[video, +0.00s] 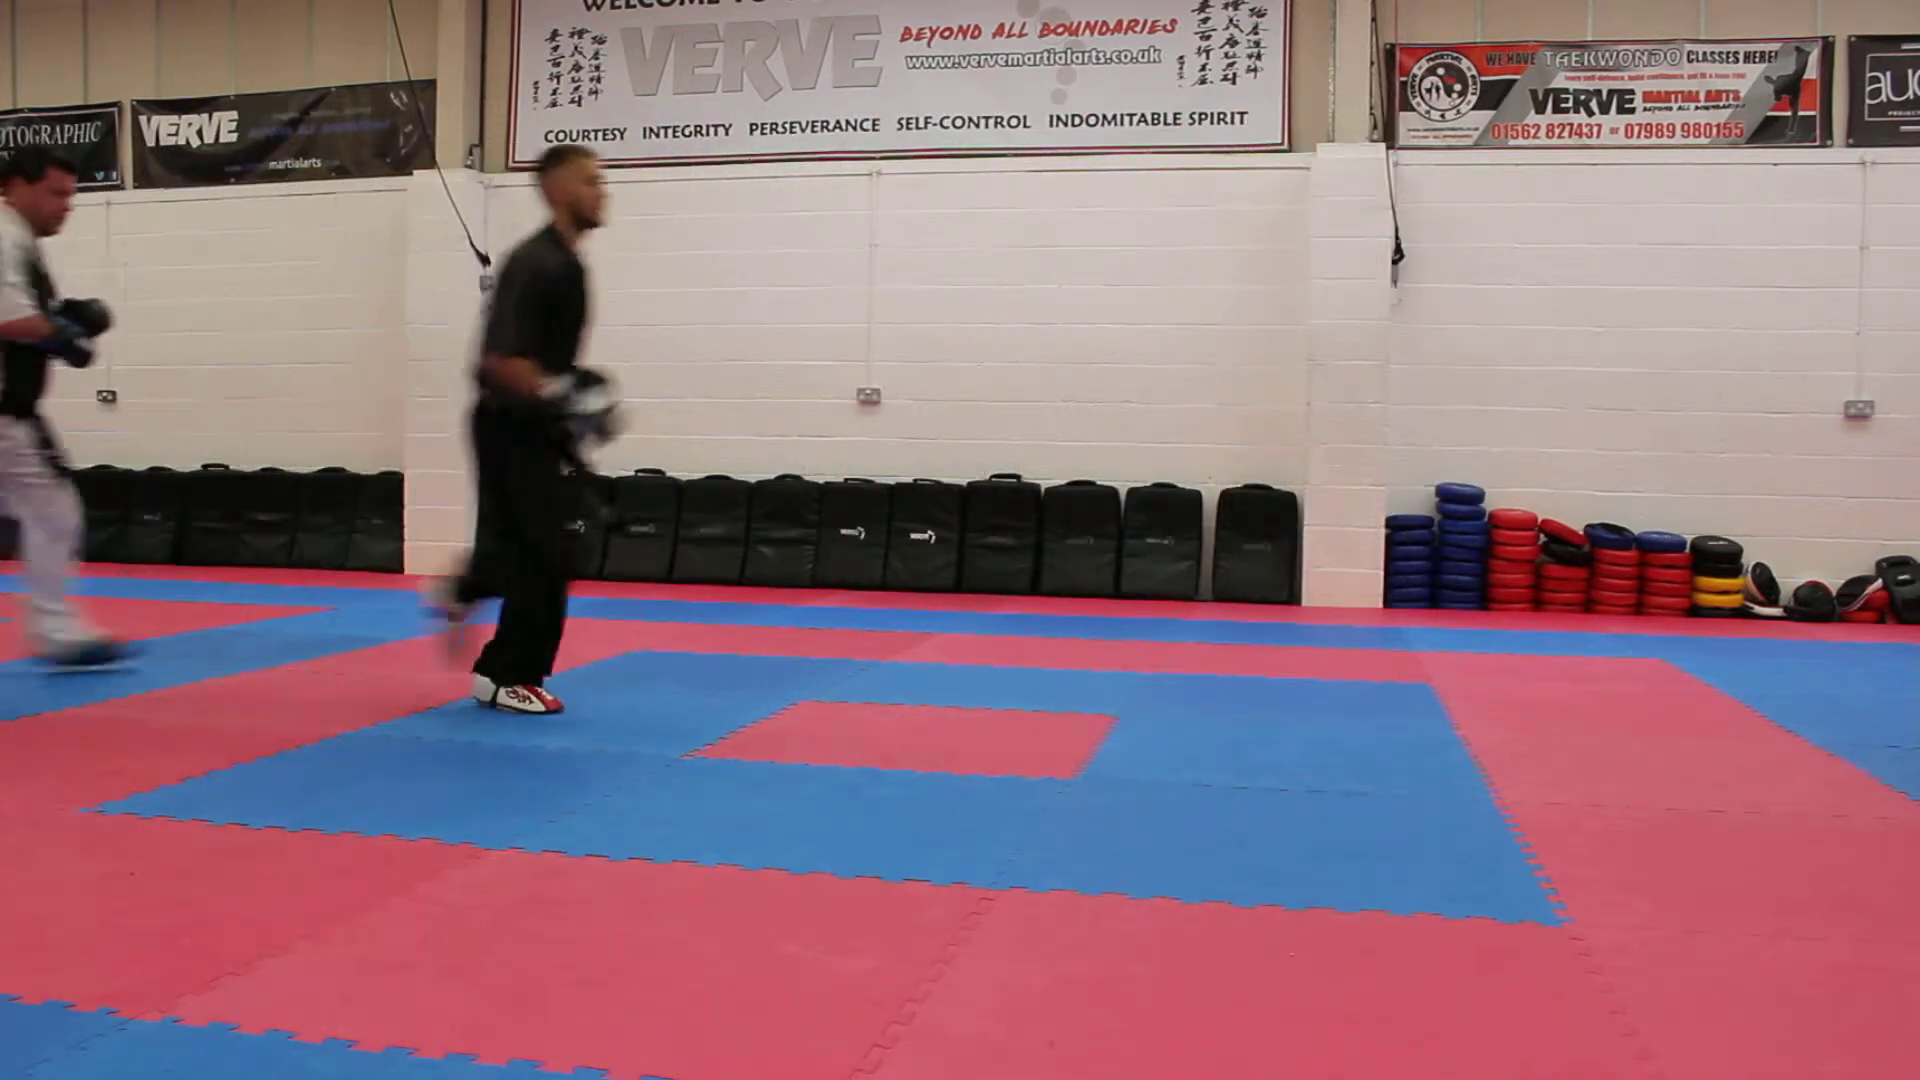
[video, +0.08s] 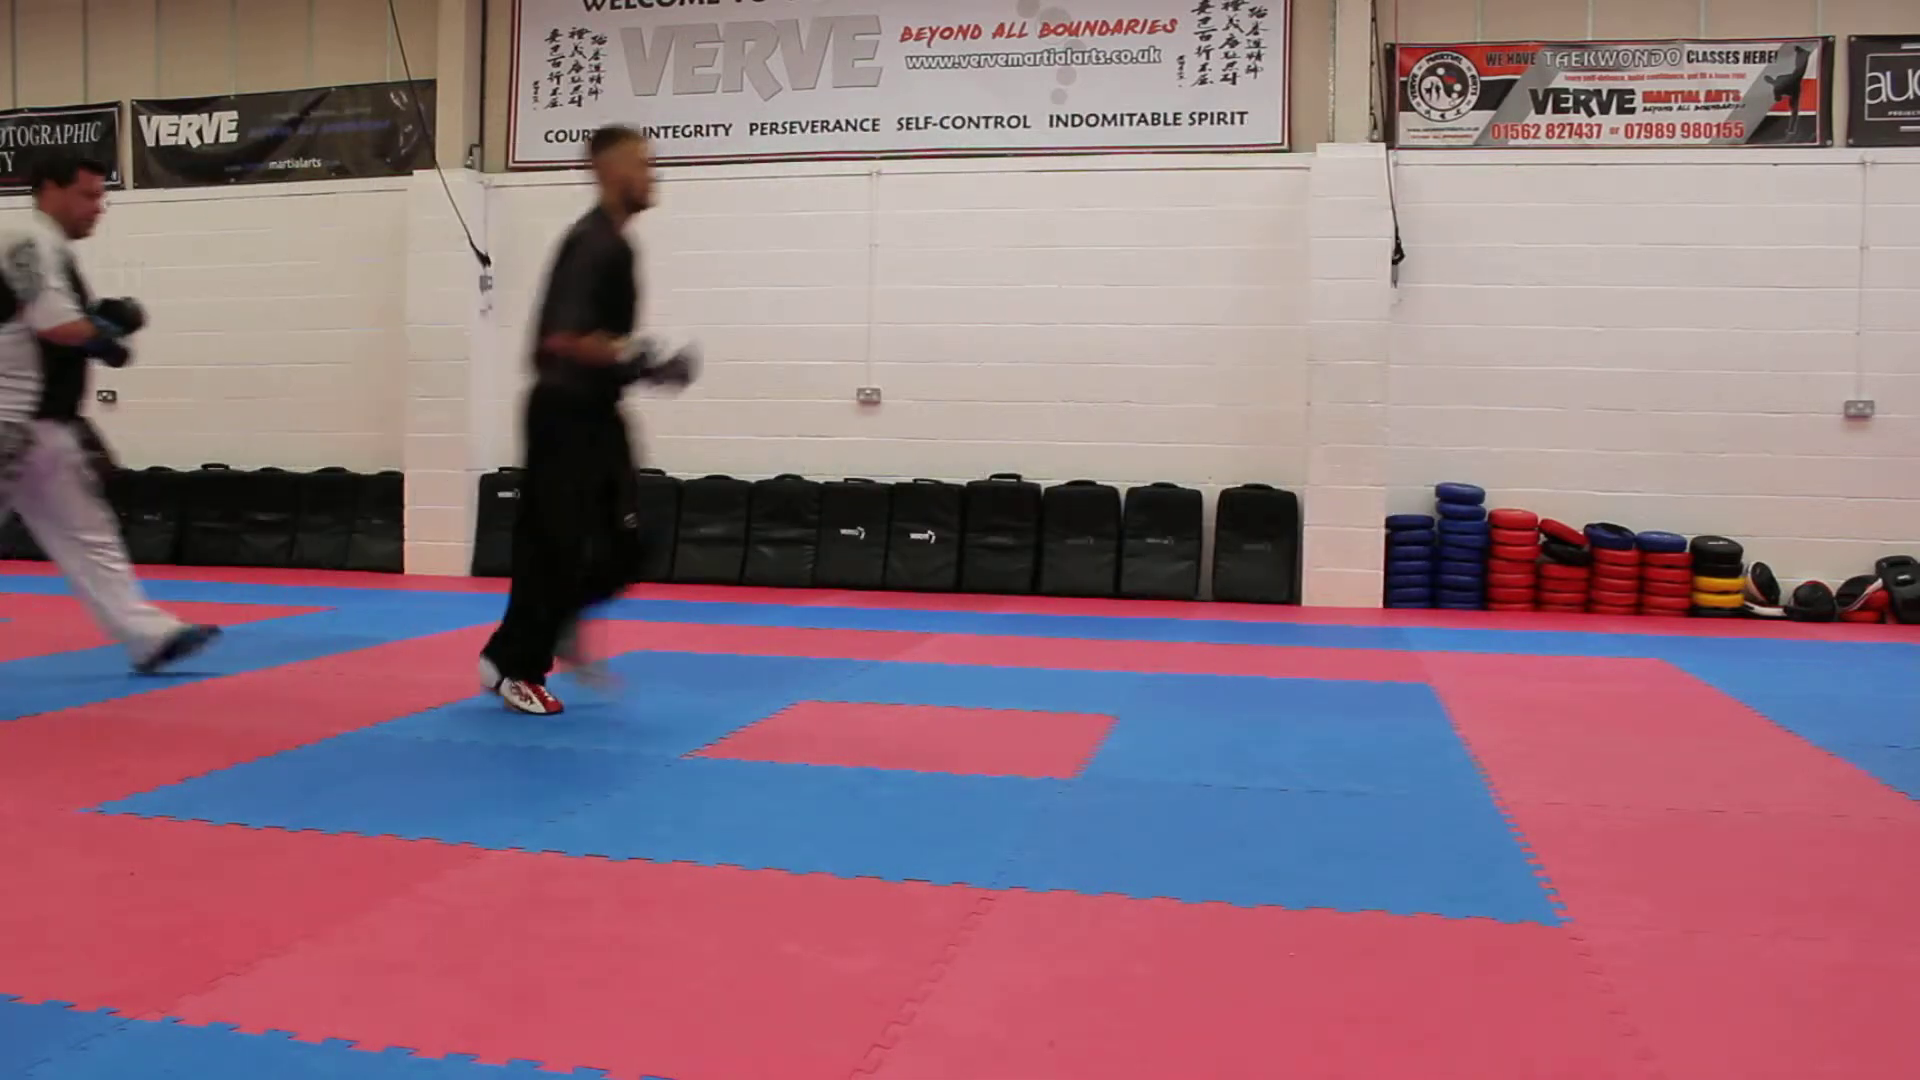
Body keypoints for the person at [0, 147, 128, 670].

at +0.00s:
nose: (66, 207)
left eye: (69, 196)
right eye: (57, 194)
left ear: (23, 193)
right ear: (18, 189)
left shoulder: (22, 242)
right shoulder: (6, 240)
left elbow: (25, 317)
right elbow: (12, 320)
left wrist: (58, 338)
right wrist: (63, 322)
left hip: (17, 415)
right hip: (8, 417)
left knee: (51, 508)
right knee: (53, 507)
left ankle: (56, 628)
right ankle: (55, 629)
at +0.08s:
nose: (98, 207)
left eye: (100, 196)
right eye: (89, 195)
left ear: (61, 195)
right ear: (51, 192)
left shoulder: (50, 248)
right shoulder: (30, 244)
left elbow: (59, 323)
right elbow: (55, 325)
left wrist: (96, 337)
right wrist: (105, 325)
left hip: (43, 426)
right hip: (24, 427)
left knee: (85, 534)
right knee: (84, 534)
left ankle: (149, 636)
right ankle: (148, 635)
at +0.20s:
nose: (150, 206)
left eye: (152, 196)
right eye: (140, 195)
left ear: (117, 198)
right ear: (102, 194)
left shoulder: (117, 256)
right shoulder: (80, 248)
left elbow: (125, 328)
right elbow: (112, 327)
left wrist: (161, 343)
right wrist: (163, 322)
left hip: (116, 426)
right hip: (62, 427)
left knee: (152, 533)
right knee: (37, 543)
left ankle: (170, 646)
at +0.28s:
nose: (185, 199)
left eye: (187, 189)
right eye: (175, 188)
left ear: (177, 192)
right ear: (139, 188)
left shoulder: (164, 256)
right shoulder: (110, 240)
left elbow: (178, 308)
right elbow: (128, 315)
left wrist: (209, 312)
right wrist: (187, 331)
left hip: (144, 413)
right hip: (96, 410)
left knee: (168, 527)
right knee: (114, 529)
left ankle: (168, 646)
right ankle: (19, 607)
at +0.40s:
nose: (231, 192)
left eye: (234, 183)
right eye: (221, 181)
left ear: (233, 185)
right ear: (185, 182)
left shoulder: (224, 253)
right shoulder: (152, 233)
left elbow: (246, 310)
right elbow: (149, 305)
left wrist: (251, 311)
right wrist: (218, 318)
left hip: (188, 399)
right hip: (141, 395)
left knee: (194, 514)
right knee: (191, 510)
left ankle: (172, 637)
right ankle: (172, 638)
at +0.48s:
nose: (257, 193)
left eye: (261, 183)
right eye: (246, 182)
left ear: (259, 188)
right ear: (212, 184)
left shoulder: (258, 255)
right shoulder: (177, 236)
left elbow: (284, 331)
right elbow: (165, 312)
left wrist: (283, 315)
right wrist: (235, 319)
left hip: (226, 403)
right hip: (175, 399)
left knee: (198, 528)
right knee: (228, 519)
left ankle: (169, 642)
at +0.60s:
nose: (298, 192)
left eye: (301, 182)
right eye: (287, 182)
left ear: (299, 185)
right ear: (251, 184)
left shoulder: (299, 256)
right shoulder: (217, 244)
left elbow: (320, 327)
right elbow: (207, 322)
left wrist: (327, 320)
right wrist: (280, 327)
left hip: (281, 407)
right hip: (228, 407)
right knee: (268, 522)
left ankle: (203, 616)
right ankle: (297, 654)